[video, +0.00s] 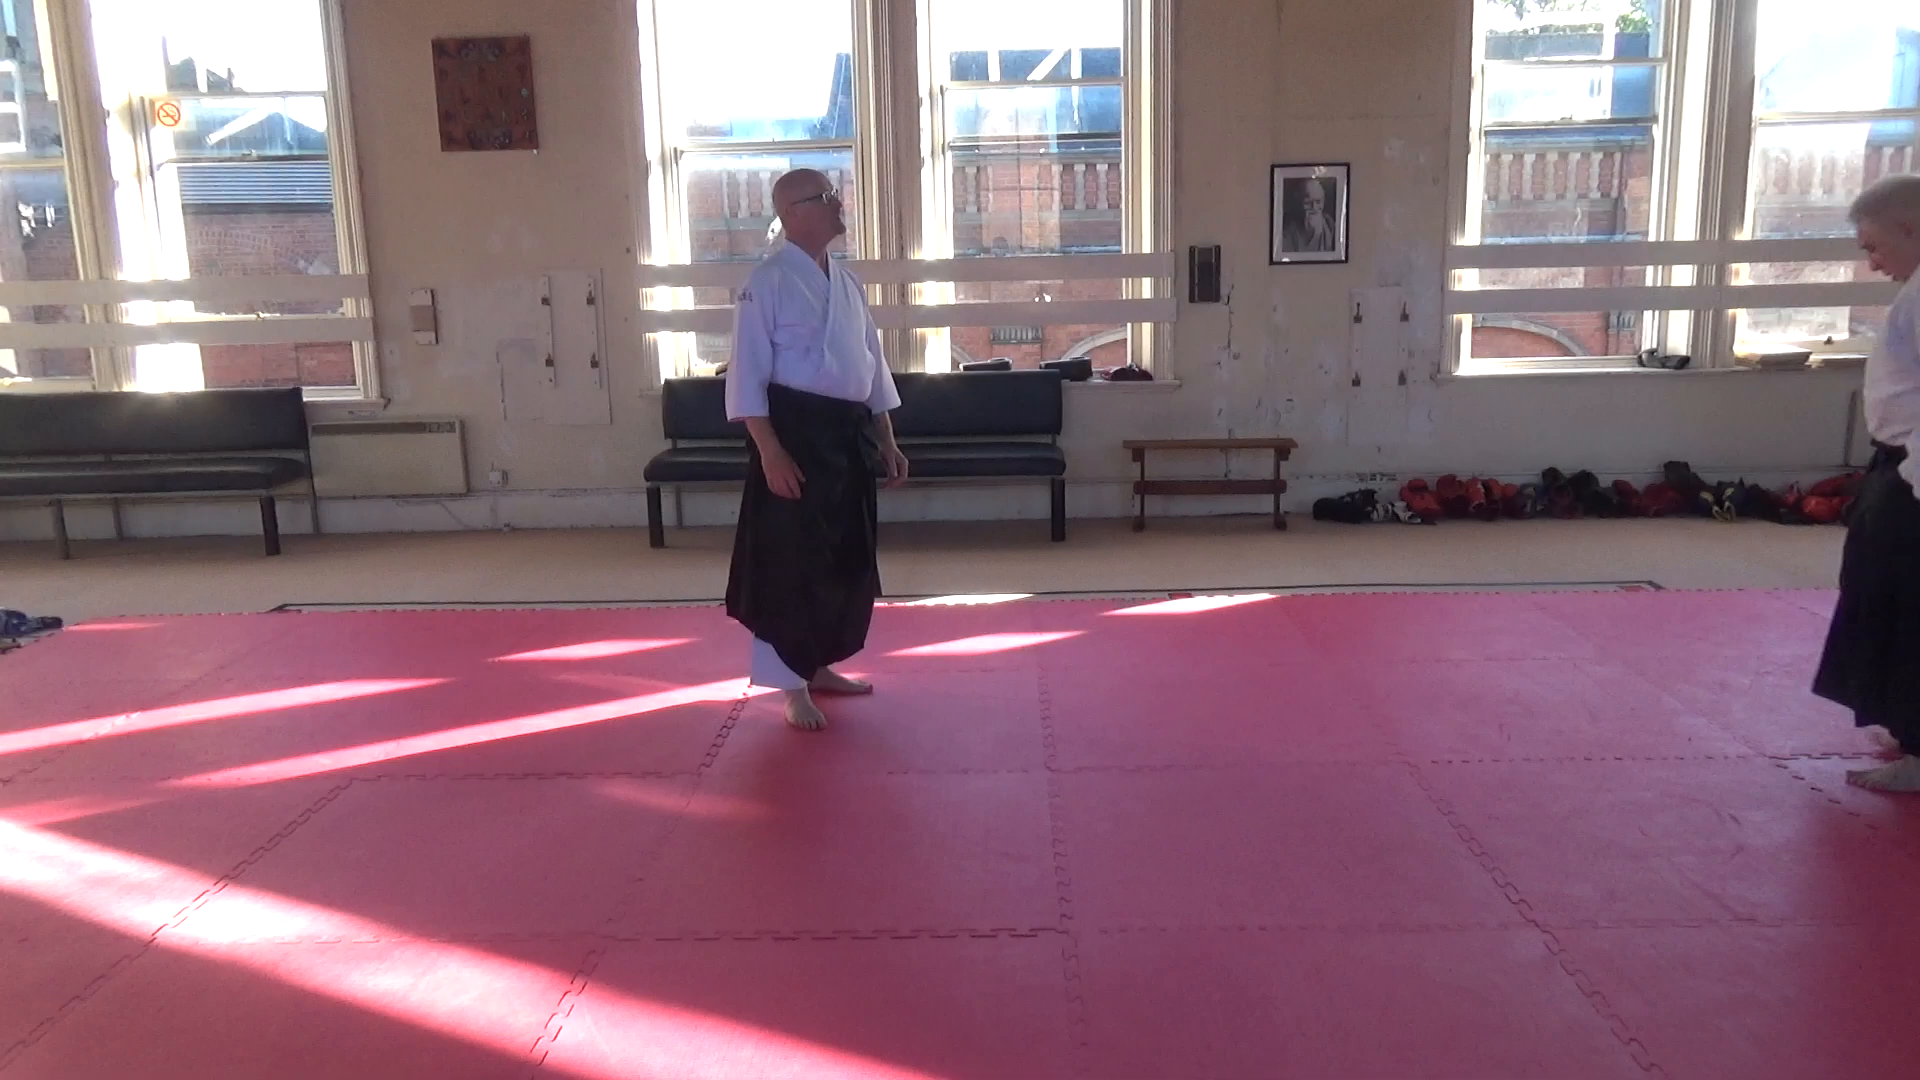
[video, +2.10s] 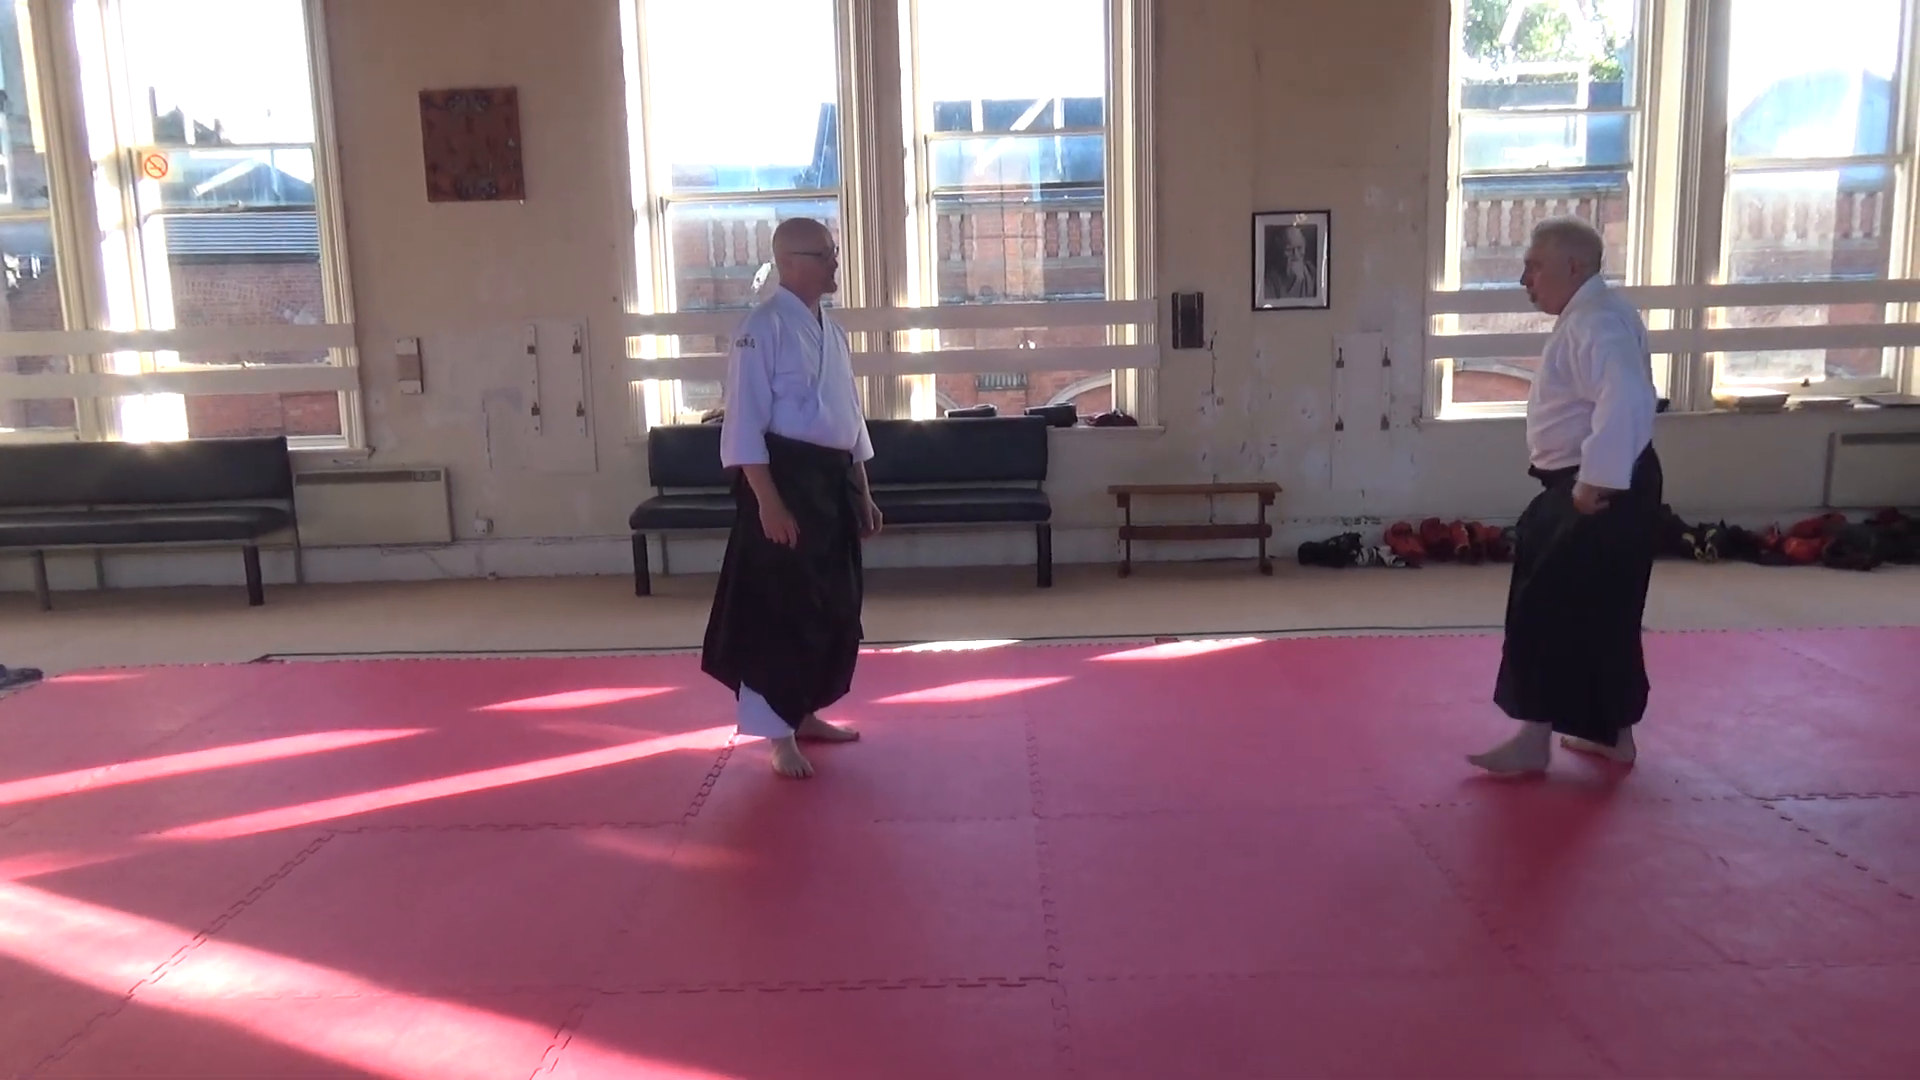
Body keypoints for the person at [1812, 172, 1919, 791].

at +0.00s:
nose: (1868, 258)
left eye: (1872, 245)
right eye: (1865, 247)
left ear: (1908, 231)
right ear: (1899, 234)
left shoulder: (1912, 299)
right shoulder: (1906, 298)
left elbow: (1909, 406)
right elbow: (1897, 399)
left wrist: (1906, 480)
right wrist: (1883, 470)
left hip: (1906, 475)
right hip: (1891, 470)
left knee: (1897, 609)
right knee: (1886, 604)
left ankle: (1912, 754)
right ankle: (1902, 737)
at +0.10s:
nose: (1835, 272)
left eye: (1837, 257)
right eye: (1829, 261)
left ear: (1870, 239)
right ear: (1871, 238)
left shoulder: (1903, 285)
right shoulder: (1892, 281)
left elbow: (1915, 387)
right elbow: (1898, 384)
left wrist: (1896, 472)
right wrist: (1870, 456)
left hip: (1896, 474)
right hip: (1870, 465)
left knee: (1899, 607)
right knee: (1836, 577)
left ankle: (1911, 749)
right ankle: (1823, 705)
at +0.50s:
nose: (1728, 268)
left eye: (1728, 254)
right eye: (1722, 257)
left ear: (1762, 236)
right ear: (1763, 237)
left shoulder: (1819, 268)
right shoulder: (1796, 267)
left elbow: (1838, 368)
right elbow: (1806, 368)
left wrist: (1795, 460)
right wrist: (1762, 448)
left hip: (1807, 452)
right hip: (1772, 446)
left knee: (1793, 583)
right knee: (1752, 576)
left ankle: (1865, 705)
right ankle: (1757, 705)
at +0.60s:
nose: (1706, 263)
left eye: (1707, 248)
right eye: (1701, 252)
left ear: (1743, 229)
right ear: (1745, 230)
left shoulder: (1799, 259)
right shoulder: (1779, 261)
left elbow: (1818, 361)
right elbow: (1793, 360)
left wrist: (1777, 451)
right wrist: (1750, 437)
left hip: (1796, 443)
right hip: (1765, 438)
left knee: (1778, 570)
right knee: (1744, 564)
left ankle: (1794, 707)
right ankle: (1758, 697)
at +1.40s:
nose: (1605, 242)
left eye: (1611, 229)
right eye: (1603, 230)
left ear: (1649, 220)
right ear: (1654, 221)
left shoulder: (1685, 271)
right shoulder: (1705, 253)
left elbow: (1718, 368)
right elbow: (1741, 346)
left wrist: (1701, 463)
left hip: (1703, 440)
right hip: (1723, 428)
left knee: (1674, 565)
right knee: (1711, 560)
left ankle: (1683, 702)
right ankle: (1725, 673)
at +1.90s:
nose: (1549, 266)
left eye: (1558, 254)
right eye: (1549, 255)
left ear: (1599, 253)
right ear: (1601, 254)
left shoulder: (1619, 310)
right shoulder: (1625, 300)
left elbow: (1654, 395)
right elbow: (1670, 383)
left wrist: (1631, 478)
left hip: (1626, 481)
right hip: (1612, 476)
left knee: (1630, 602)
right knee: (1608, 598)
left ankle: (1649, 724)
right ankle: (1616, 713)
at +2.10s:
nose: (1526, 279)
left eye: (1535, 267)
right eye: (1527, 268)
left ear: (1573, 266)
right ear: (1574, 269)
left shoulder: (1599, 319)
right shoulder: (1588, 314)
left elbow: (1624, 399)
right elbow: (1614, 399)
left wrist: (1595, 477)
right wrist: (1573, 468)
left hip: (1595, 489)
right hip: (1596, 485)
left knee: (1541, 603)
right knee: (1601, 609)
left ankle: (1532, 736)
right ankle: (1612, 730)